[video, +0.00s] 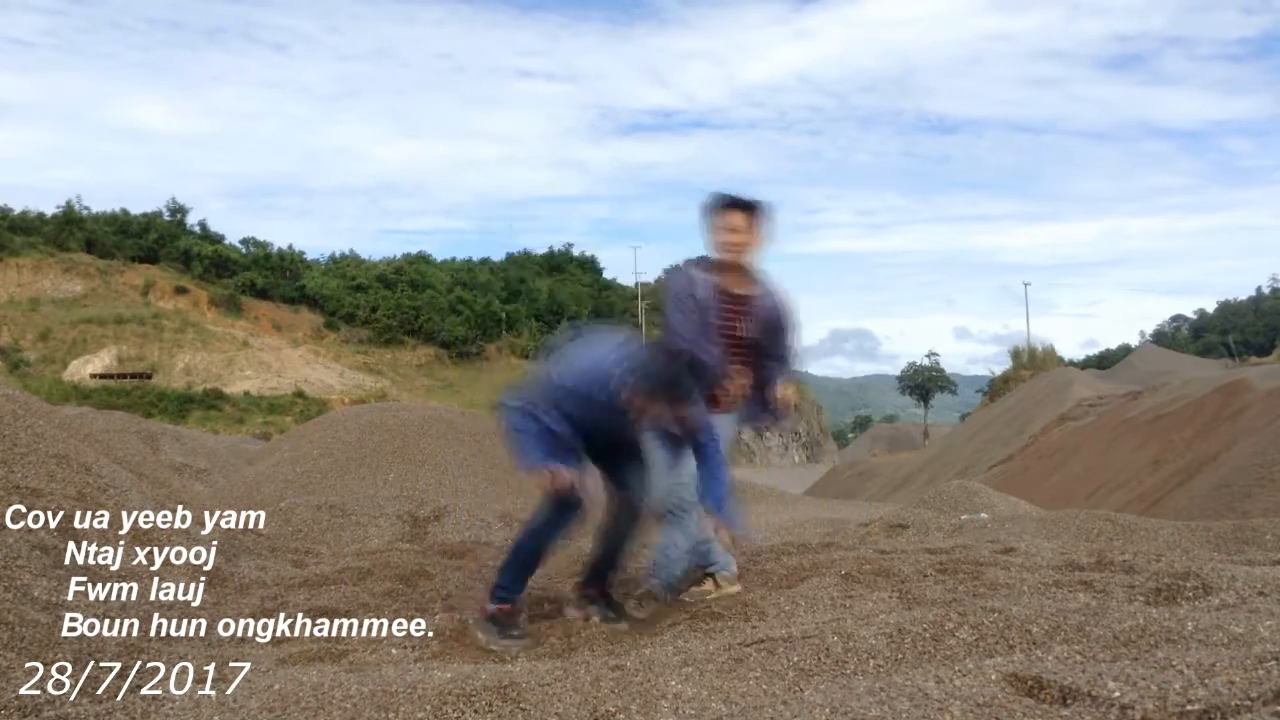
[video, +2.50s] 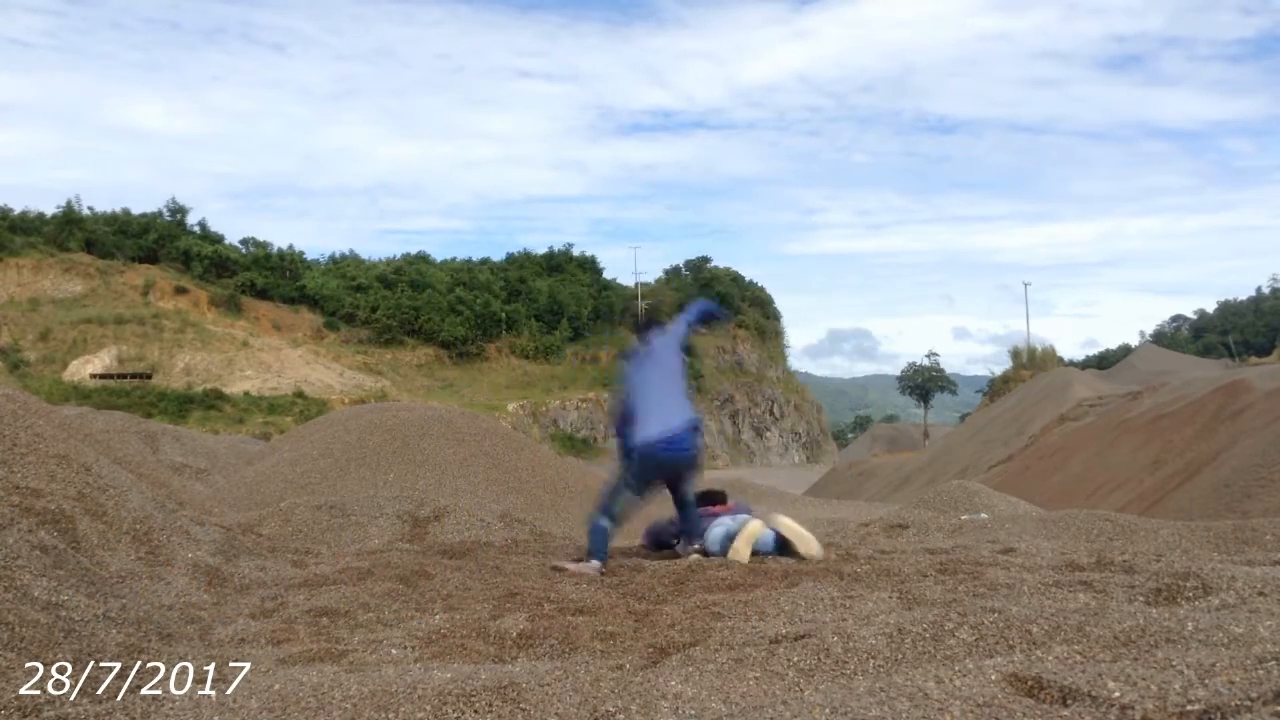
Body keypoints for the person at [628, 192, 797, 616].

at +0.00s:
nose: (732, 239)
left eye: (741, 232)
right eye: (724, 230)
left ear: (755, 237)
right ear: (710, 234)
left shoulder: (767, 301)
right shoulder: (686, 279)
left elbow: (773, 358)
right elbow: (682, 338)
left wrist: (777, 386)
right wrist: (719, 373)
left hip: (724, 409)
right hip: (671, 399)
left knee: (692, 493)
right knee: (668, 489)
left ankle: (663, 581)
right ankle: (718, 566)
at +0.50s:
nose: (771, 237)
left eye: (780, 229)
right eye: (765, 230)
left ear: (797, 231)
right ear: (758, 234)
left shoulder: (813, 280)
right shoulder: (758, 283)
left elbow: (824, 347)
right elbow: (764, 337)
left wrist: (803, 392)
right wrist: (753, 364)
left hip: (812, 391)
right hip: (782, 391)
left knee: (808, 471)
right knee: (805, 471)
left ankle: (813, 554)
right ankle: (822, 547)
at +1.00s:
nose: (786, 251)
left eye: (792, 242)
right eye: (784, 244)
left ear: (815, 242)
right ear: (798, 246)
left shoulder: (815, 283)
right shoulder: (808, 283)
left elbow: (809, 343)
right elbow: (800, 342)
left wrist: (783, 386)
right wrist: (781, 384)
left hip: (811, 392)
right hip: (810, 393)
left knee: (797, 467)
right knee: (808, 468)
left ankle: (809, 549)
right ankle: (821, 544)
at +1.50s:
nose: (684, 495)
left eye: (682, 491)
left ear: (682, 486)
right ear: (699, 476)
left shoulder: (687, 493)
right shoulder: (719, 480)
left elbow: (697, 523)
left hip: (727, 507)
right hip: (752, 490)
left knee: (734, 544)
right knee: (780, 515)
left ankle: (775, 545)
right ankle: (823, 535)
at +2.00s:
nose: (674, 458)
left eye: (675, 453)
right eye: (673, 454)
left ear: (688, 448)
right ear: (703, 448)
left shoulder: (679, 468)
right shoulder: (731, 461)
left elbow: (662, 507)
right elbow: (756, 489)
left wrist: (651, 543)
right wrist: (770, 513)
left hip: (708, 508)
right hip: (742, 498)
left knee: (728, 542)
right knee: (769, 524)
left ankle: (754, 542)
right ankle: (795, 543)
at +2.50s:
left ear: (698, 506)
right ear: (725, 505)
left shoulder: (691, 517)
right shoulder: (738, 510)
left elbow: (652, 534)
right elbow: (752, 512)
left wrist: (675, 543)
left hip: (713, 531)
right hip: (744, 520)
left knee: (725, 545)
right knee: (767, 540)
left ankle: (740, 540)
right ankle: (793, 541)